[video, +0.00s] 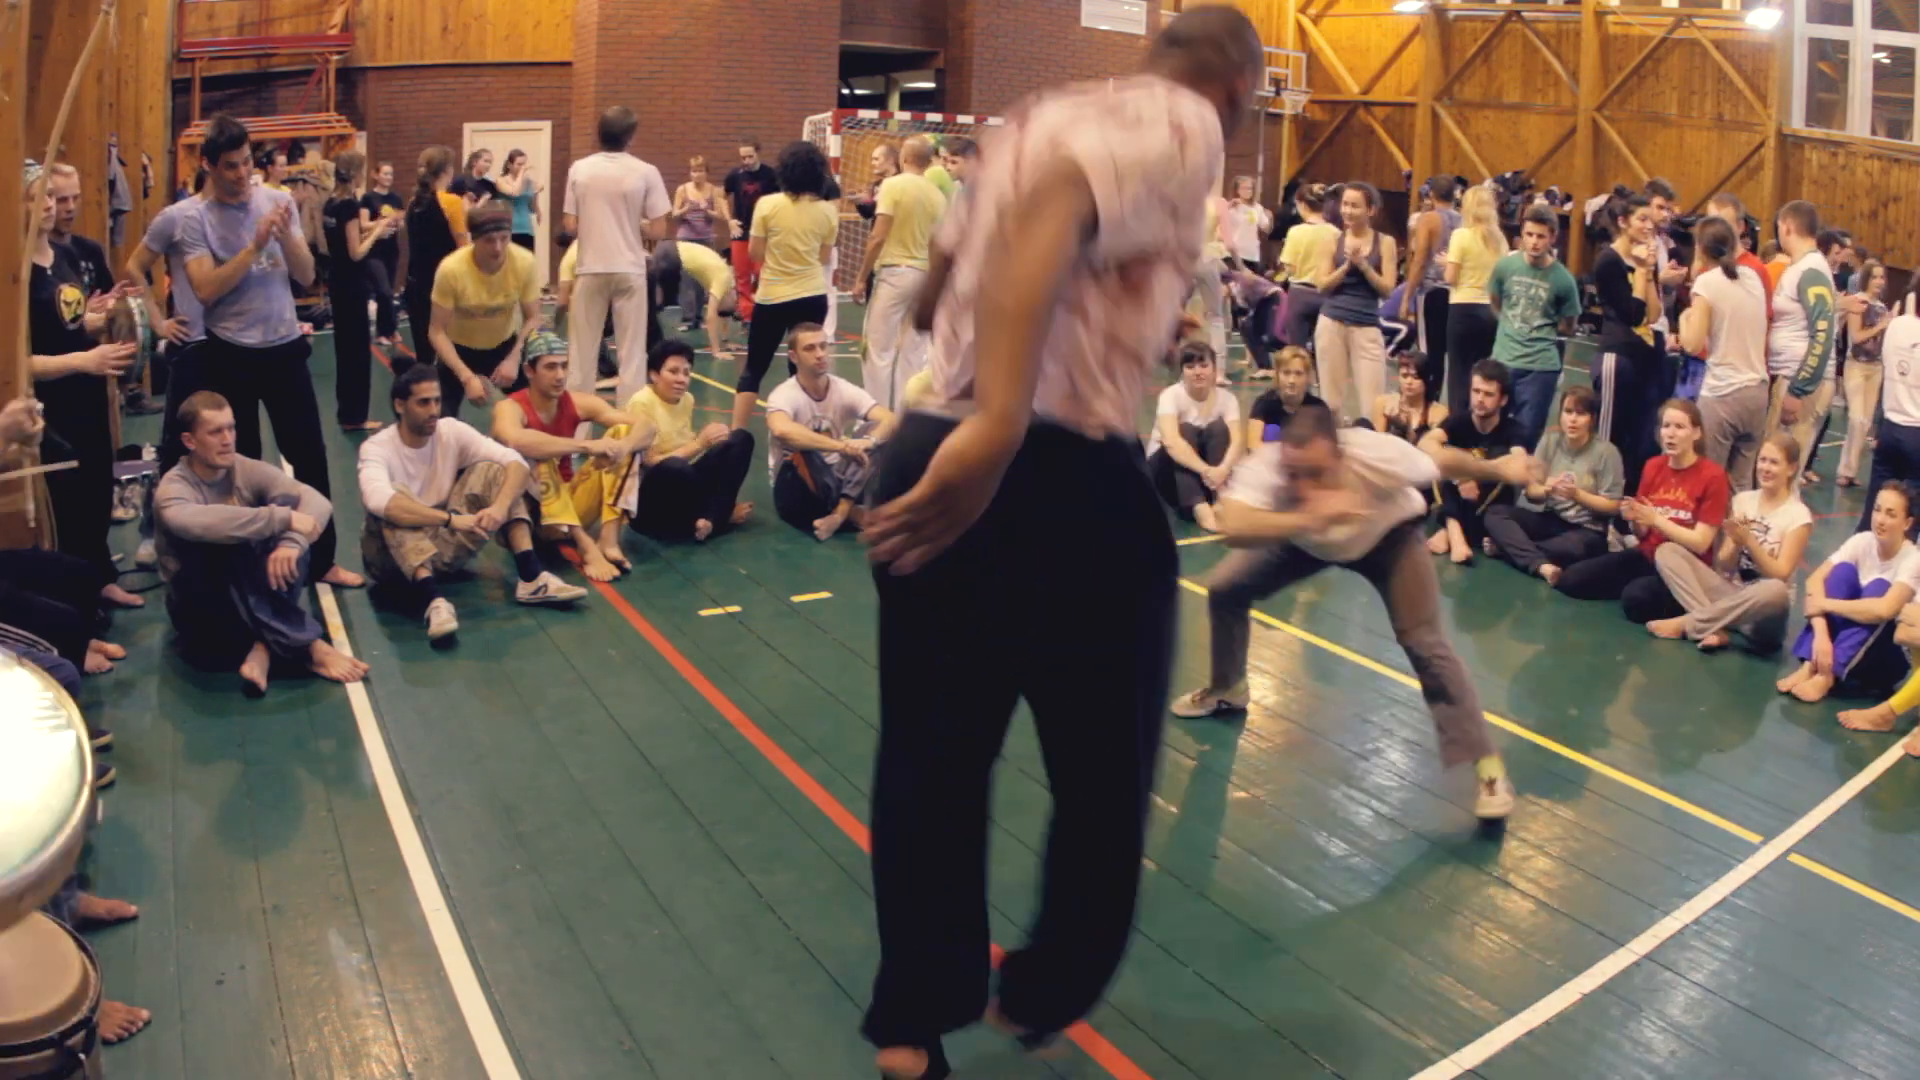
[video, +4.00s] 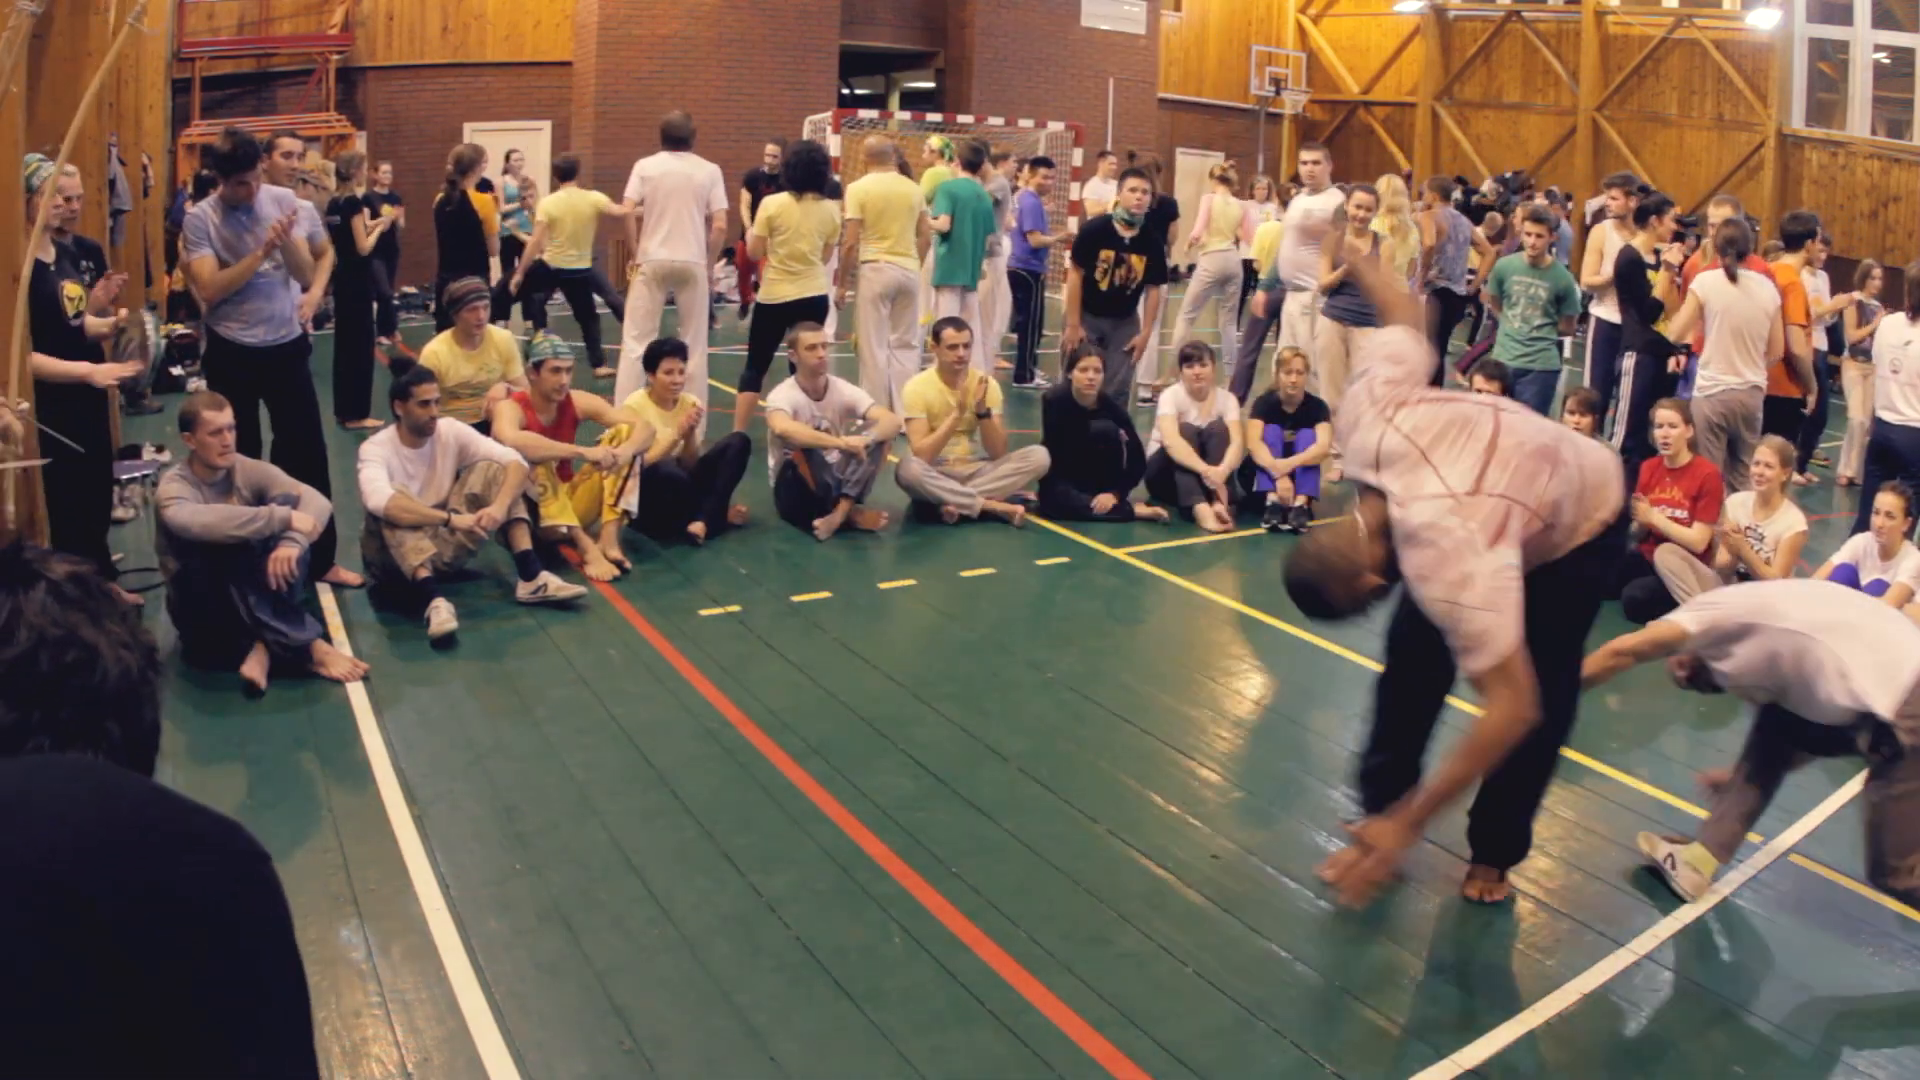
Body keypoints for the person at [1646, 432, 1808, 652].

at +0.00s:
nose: (1765, 468)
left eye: (1774, 462)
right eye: (1762, 460)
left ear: (1792, 469)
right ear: (1756, 463)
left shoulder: (1799, 515)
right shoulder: (1742, 500)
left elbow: (1781, 573)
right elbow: (1722, 565)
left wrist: (1747, 540)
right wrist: (1736, 541)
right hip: (1727, 590)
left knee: (1775, 590)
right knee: (1667, 552)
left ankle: (1685, 624)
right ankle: (1712, 629)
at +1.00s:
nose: (1760, 466)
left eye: (1768, 461)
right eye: (1757, 458)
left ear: (1788, 469)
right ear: (1751, 462)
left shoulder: (1796, 514)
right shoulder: (1739, 498)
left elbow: (1780, 572)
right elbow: (1722, 562)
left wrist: (1743, 541)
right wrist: (1733, 543)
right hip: (1728, 592)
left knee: (1774, 590)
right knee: (1667, 551)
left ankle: (1685, 624)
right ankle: (1711, 629)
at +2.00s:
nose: (1756, 470)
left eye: (1766, 465)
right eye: (1753, 462)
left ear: (1784, 475)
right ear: (1747, 465)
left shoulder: (1794, 521)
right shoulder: (1734, 502)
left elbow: (1776, 579)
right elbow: (1720, 567)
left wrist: (1741, 550)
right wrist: (1732, 553)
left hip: (1760, 605)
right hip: (1725, 593)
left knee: (1775, 594)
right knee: (1666, 552)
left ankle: (1685, 625)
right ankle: (1712, 629)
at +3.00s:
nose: (1753, 472)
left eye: (1763, 467)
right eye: (1751, 464)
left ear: (1783, 475)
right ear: (1745, 466)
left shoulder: (1793, 520)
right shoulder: (1734, 501)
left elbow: (1775, 578)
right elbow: (1720, 566)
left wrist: (1739, 549)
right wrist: (1732, 552)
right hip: (1727, 596)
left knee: (1775, 594)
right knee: (1666, 552)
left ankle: (1685, 624)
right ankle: (1712, 629)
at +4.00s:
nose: (1759, 472)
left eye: (1769, 466)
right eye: (1756, 464)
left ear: (1785, 474)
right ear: (1749, 466)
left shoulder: (1794, 522)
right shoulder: (1735, 502)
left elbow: (1776, 579)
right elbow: (1720, 564)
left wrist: (1742, 549)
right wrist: (1733, 547)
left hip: (1764, 601)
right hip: (1727, 589)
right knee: (1666, 554)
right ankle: (1707, 620)